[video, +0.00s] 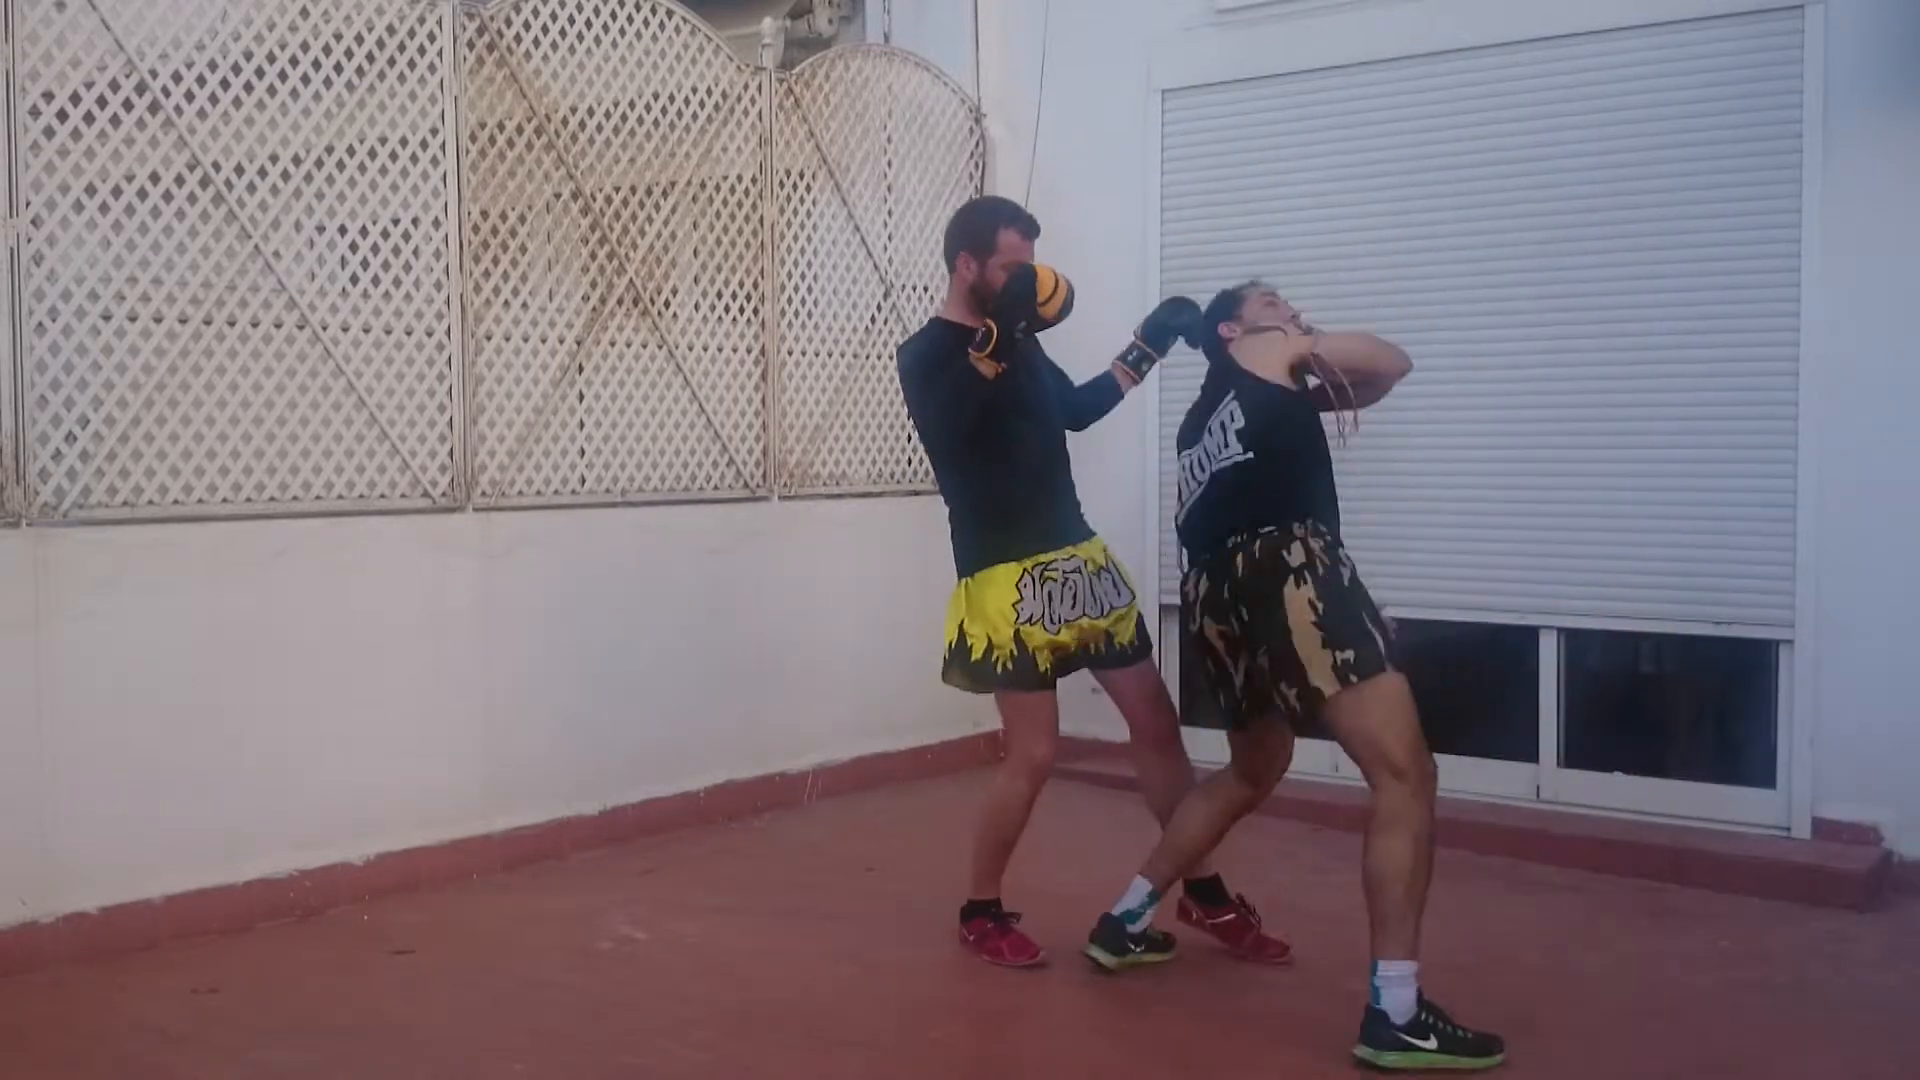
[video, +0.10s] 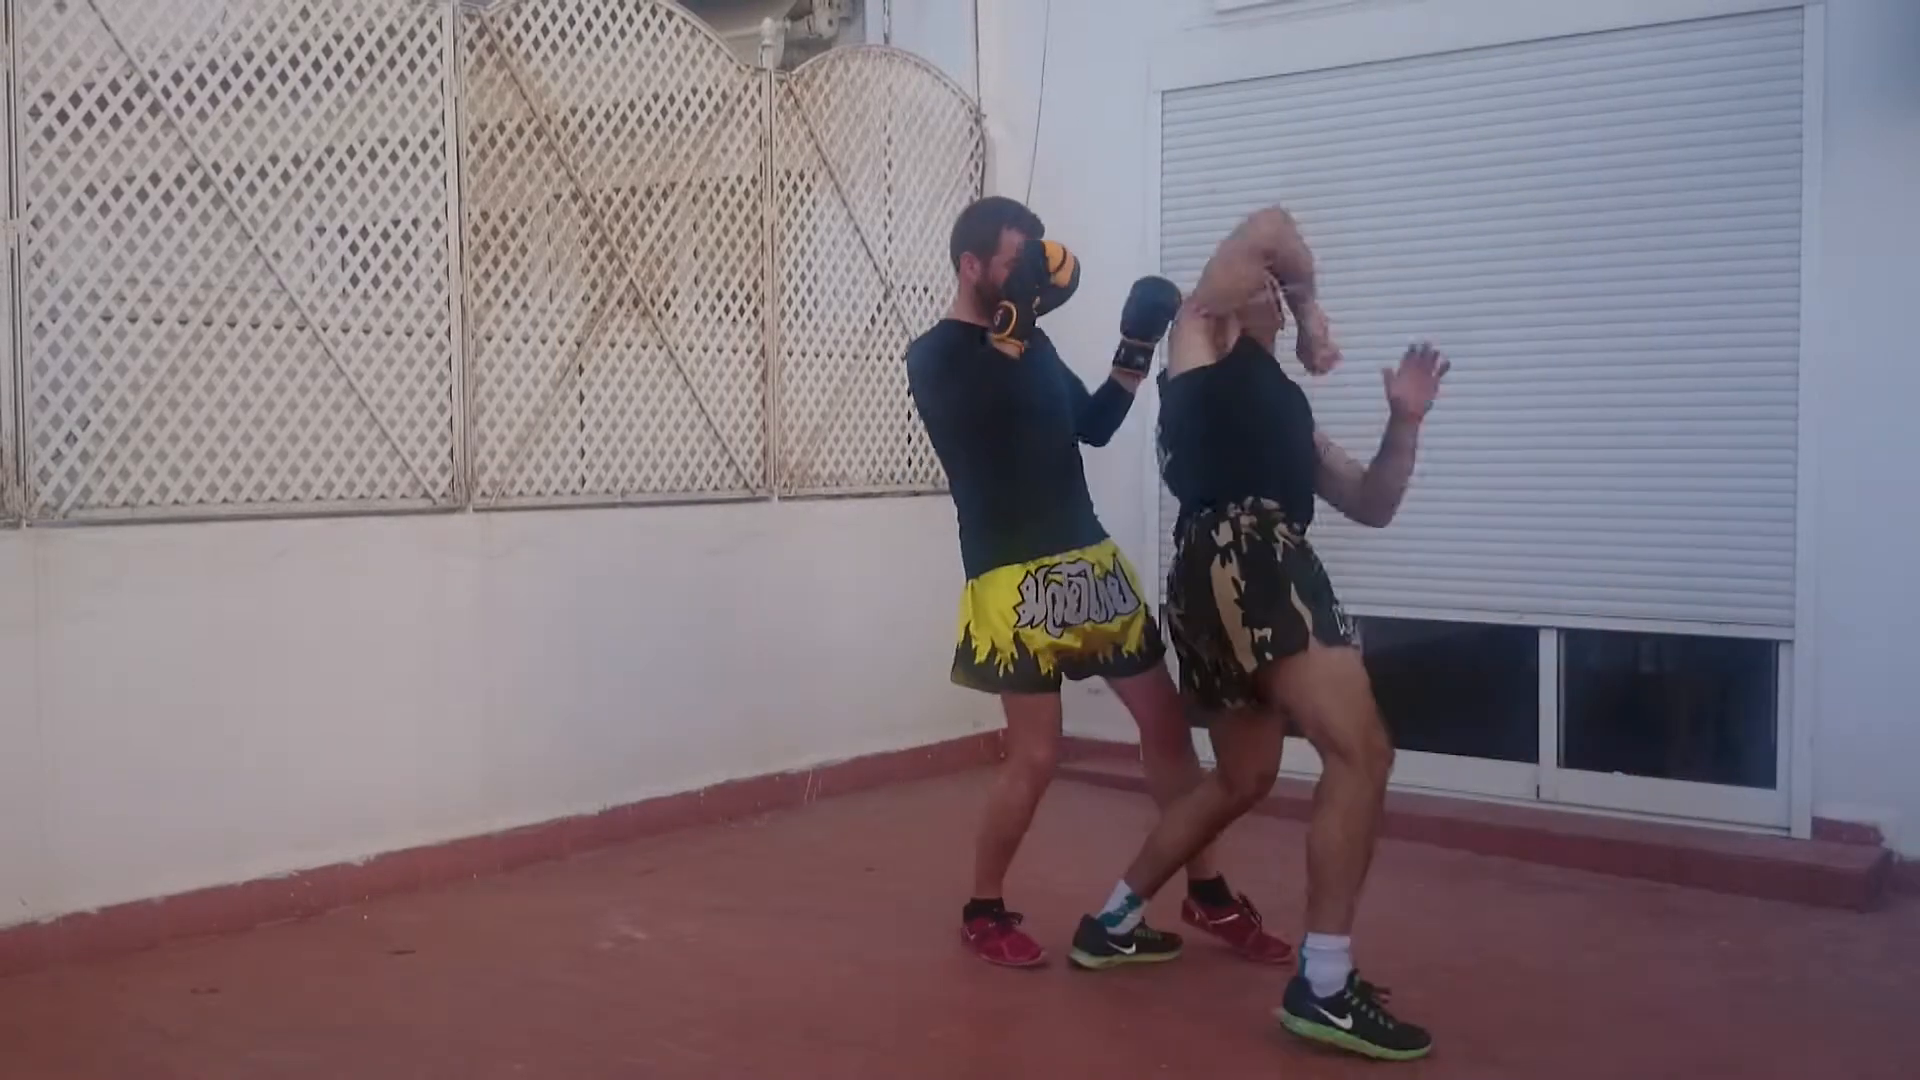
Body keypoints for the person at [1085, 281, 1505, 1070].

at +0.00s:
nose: (1294, 310)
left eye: (1289, 301)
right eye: (1276, 300)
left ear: (1223, 345)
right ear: (1232, 326)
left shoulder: (1198, 427)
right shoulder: (1263, 350)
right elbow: (1390, 361)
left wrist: (1316, 385)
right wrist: (1318, 361)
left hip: (1220, 593)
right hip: (1294, 572)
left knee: (1252, 769)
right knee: (1405, 774)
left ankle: (1123, 922)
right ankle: (1396, 1013)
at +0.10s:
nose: (1278, 291)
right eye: (1262, 283)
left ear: (1258, 306)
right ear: (1234, 290)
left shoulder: (1282, 409)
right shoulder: (1204, 325)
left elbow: (1372, 504)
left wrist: (1405, 421)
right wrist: (1309, 308)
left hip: (1218, 569)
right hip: (1254, 554)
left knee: (1242, 777)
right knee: (1361, 756)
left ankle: (1112, 918)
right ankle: (1321, 985)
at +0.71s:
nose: (1324, 287)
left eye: (1324, 269)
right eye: (1322, 264)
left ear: (1267, 269)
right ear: (1281, 264)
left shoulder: (1257, 349)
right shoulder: (1254, 303)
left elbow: (1305, 487)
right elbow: (1358, 253)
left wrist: (1357, 408)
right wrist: (1366, 303)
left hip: (1204, 547)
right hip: (1265, 539)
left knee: (1203, 744)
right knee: (1390, 725)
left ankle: (1108, 906)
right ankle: (1346, 948)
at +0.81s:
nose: (1349, 282)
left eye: (1347, 270)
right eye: (1344, 267)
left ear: (1273, 270)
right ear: (1314, 263)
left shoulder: (1212, 353)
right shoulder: (1296, 311)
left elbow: (1294, 423)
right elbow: (1415, 366)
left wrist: (1358, 381)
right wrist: (1354, 319)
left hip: (1218, 563)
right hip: (1311, 551)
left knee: (1200, 743)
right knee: (1413, 744)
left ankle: (1111, 906)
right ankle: (1439, 973)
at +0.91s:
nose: (1368, 288)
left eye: (1360, 277)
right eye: (1369, 276)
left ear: (1292, 278)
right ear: (1362, 275)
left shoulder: (1237, 345)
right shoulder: (1371, 331)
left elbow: (1220, 467)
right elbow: (1456, 457)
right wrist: (1420, 374)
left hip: (1255, 567)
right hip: (1363, 567)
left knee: (1207, 741)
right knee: (1438, 765)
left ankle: (1120, 908)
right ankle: (1453, 994)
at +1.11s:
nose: (1338, 272)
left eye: (1340, 258)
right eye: (1340, 259)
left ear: (1362, 256)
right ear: (1424, 262)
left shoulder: (1327, 329)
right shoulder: (1489, 343)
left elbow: (1256, 454)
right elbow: (1520, 483)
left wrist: (1312, 394)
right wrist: (1471, 413)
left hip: (1348, 570)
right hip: (1464, 577)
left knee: (1271, 749)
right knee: (1466, 782)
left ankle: (1236, 952)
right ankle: (1457, 994)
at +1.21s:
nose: (1338, 245)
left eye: (1340, 232)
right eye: (1338, 232)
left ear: (1366, 220)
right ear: (1423, 221)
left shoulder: (1354, 294)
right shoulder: (1505, 302)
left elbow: (1300, 429)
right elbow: (1537, 440)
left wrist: (1323, 339)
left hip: (1384, 544)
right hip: (1493, 549)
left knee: (1313, 742)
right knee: (1475, 767)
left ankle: (1342, 965)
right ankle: (1473, 984)